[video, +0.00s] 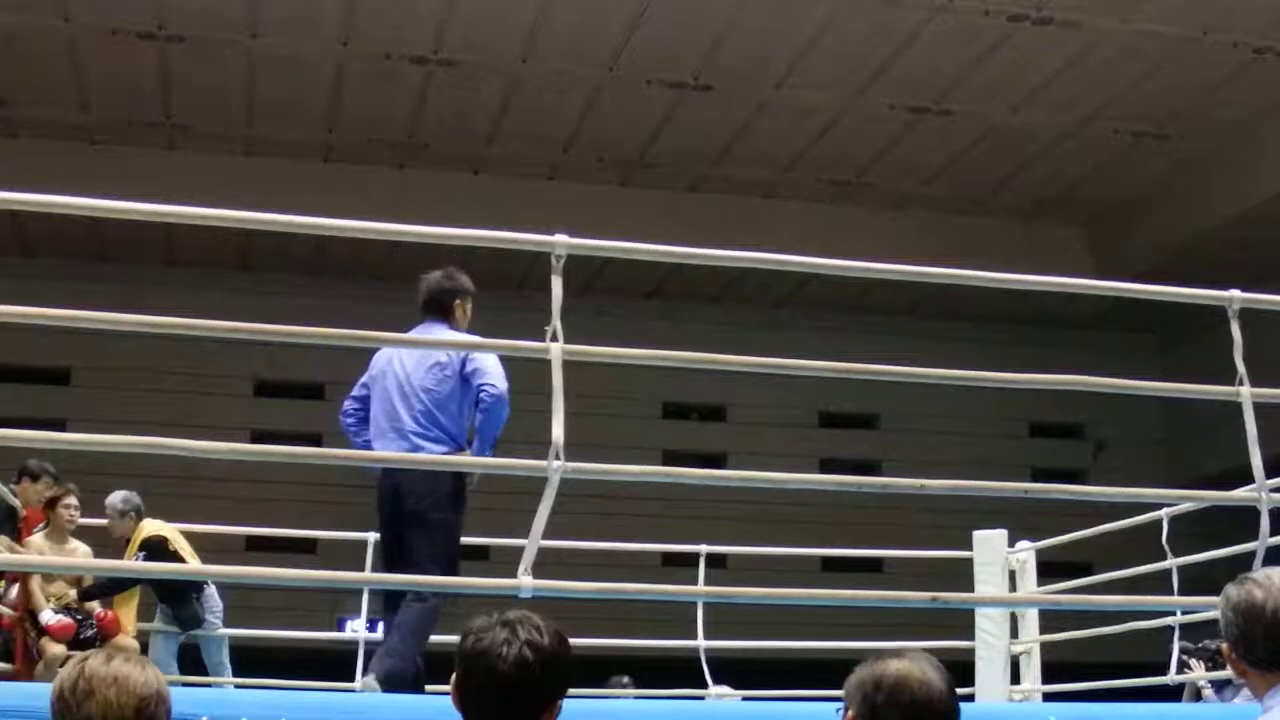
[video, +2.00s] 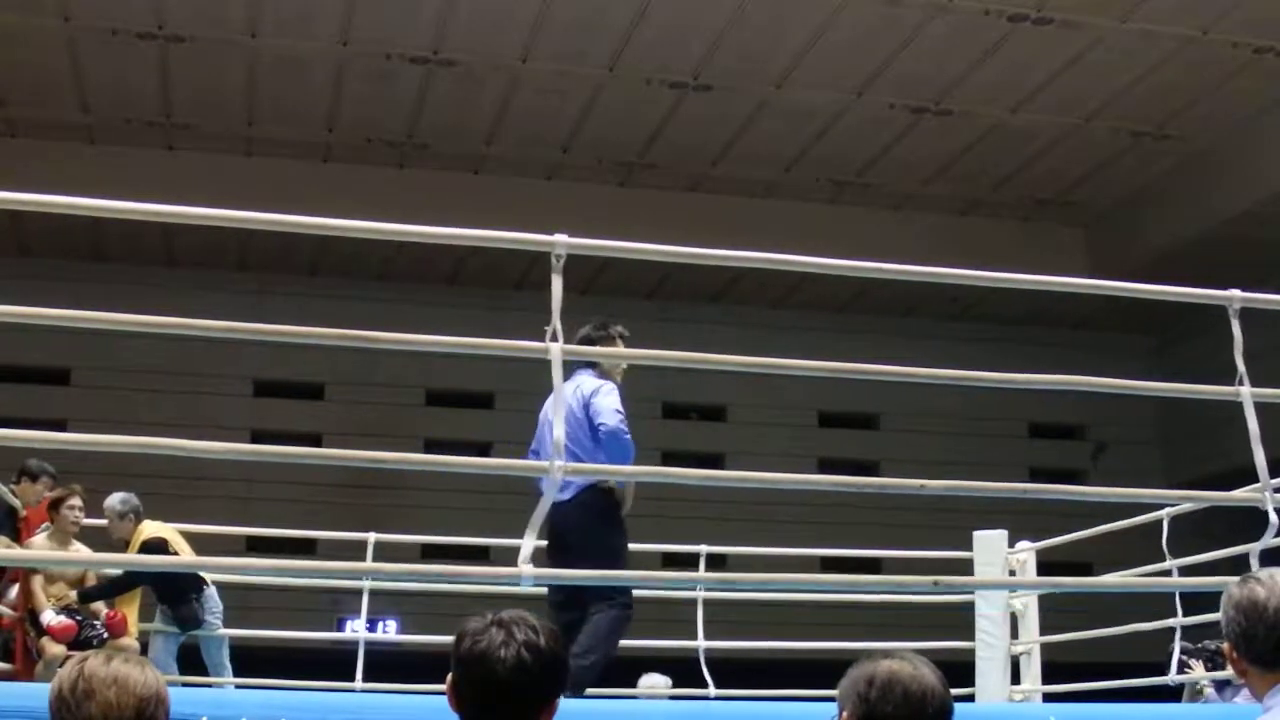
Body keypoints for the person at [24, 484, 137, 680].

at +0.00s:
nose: (72, 514)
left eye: (76, 509)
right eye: (66, 508)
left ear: (81, 513)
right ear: (50, 511)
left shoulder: (84, 550)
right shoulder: (33, 544)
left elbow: (87, 592)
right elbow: (33, 584)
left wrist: (99, 613)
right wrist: (47, 616)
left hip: (78, 613)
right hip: (42, 612)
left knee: (130, 646)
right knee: (56, 652)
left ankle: (117, 702)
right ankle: (37, 703)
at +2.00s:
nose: (77, 515)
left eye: (81, 510)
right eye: (70, 509)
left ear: (84, 514)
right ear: (54, 513)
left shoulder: (85, 552)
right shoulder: (35, 545)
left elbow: (91, 593)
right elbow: (36, 587)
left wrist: (106, 615)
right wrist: (50, 618)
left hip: (78, 614)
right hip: (43, 612)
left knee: (129, 647)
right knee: (55, 652)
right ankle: (37, 706)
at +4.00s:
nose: (86, 522)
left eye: (89, 517)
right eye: (80, 516)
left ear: (93, 519)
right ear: (63, 516)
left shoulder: (92, 552)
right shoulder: (41, 545)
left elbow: (94, 594)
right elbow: (33, 588)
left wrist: (106, 614)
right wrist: (51, 620)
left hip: (81, 614)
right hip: (46, 612)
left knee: (128, 646)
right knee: (56, 652)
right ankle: (33, 700)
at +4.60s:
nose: (113, 498)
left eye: (116, 492)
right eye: (107, 491)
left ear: (118, 494)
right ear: (89, 492)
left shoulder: (113, 524)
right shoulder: (64, 521)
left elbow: (111, 568)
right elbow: (51, 571)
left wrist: (120, 604)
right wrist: (59, 614)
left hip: (93, 598)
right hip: (60, 595)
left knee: (126, 647)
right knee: (52, 650)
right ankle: (27, 702)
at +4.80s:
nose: (114, 469)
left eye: (116, 464)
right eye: (108, 463)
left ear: (117, 468)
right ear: (90, 465)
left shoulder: (114, 501)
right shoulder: (64, 499)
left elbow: (112, 549)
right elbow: (49, 548)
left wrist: (118, 583)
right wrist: (56, 590)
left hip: (94, 579)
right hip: (62, 577)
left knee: (122, 644)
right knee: (50, 644)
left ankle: (108, 707)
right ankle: (25, 699)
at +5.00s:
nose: (106, 451)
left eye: (109, 445)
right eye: (100, 445)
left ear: (110, 447)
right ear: (83, 446)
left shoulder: (110, 484)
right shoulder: (55, 481)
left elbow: (111, 530)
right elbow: (38, 529)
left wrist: (120, 566)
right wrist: (44, 569)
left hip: (96, 561)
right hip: (60, 559)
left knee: (112, 639)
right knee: (45, 640)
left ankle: (110, 709)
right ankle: (25, 702)